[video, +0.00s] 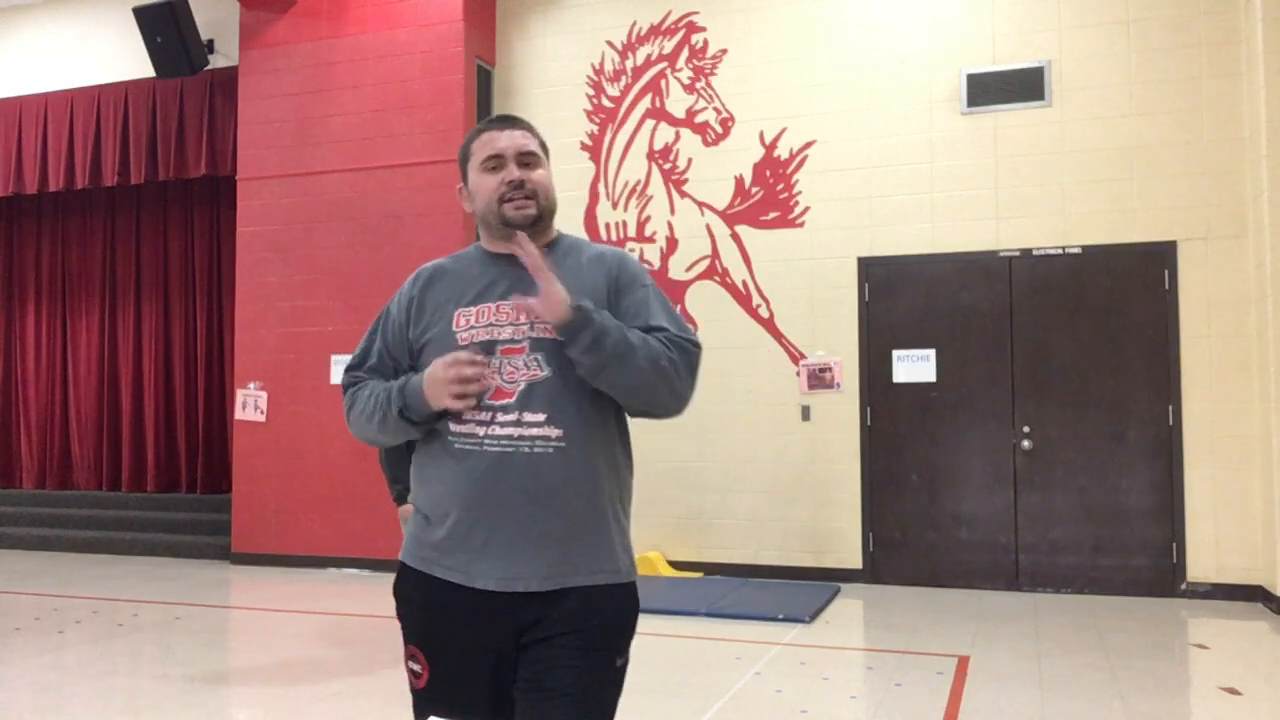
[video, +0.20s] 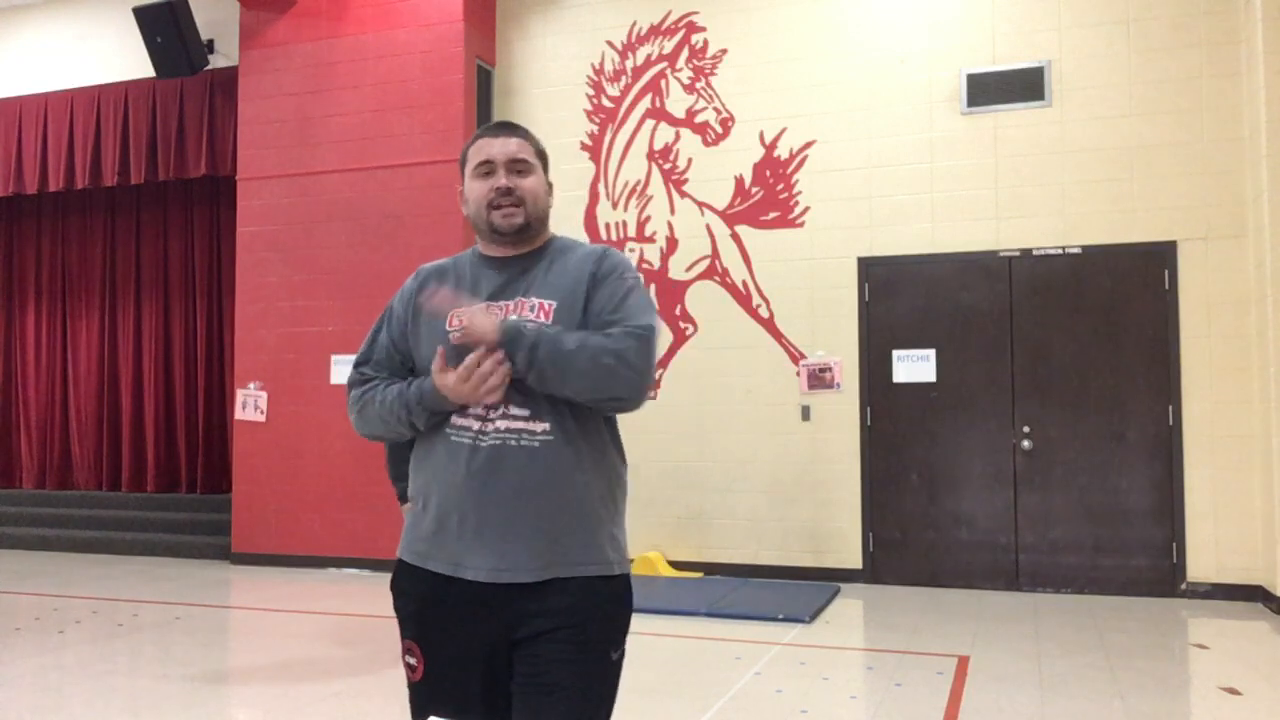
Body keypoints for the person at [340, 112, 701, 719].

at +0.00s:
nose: (516, 175)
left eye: (529, 161)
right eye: (494, 165)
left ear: (553, 181)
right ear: (465, 195)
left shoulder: (613, 273)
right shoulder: (427, 287)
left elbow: (671, 383)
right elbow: (360, 404)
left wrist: (576, 324)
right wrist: (419, 393)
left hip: (583, 581)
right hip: (449, 582)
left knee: (568, 711)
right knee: (456, 713)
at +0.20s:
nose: (503, 182)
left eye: (520, 169)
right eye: (485, 171)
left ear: (548, 186)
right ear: (463, 195)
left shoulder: (601, 271)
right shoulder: (424, 289)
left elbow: (629, 372)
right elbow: (366, 403)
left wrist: (510, 335)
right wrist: (437, 394)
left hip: (573, 573)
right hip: (442, 574)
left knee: (562, 711)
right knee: (450, 714)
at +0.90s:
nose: (520, 182)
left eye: (533, 172)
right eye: (500, 170)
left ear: (549, 193)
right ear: (464, 194)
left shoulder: (598, 280)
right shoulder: (415, 292)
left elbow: (666, 374)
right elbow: (342, 399)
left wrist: (573, 373)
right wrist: (419, 395)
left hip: (577, 580)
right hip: (446, 582)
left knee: (568, 711)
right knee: (452, 714)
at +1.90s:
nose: (545, 169)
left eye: (565, 157)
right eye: (529, 155)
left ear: (594, 181)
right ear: (503, 179)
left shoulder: (637, 273)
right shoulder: (449, 273)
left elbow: (694, 383)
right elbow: (373, 395)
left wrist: (623, 351)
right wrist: (435, 358)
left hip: (608, 590)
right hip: (472, 589)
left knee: (600, 709)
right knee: (481, 710)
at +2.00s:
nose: (545, 161)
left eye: (566, 149)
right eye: (529, 147)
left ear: (597, 177)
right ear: (507, 170)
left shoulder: (647, 271)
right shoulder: (451, 269)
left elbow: (719, 369)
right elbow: (372, 397)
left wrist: (683, 389)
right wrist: (419, 351)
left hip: (617, 590)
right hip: (478, 590)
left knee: (610, 710)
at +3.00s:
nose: (566, 149)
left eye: (584, 141)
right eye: (546, 132)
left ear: (601, 172)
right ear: (505, 154)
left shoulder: (643, 274)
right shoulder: (437, 261)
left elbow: (692, 387)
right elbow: (347, 392)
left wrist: (747, 388)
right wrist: (450, 363)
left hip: (638, 595)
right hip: (493, 596)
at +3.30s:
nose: (510, 139)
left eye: (525, 131)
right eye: (488, 124)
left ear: (540, 160)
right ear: (443, 152)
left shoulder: (579, 271)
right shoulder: (385, 259)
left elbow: (622, 404)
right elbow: (304, 392)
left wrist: (683, 455)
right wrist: (427, 387)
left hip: (583, 594)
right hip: (436, 594)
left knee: (593, 711)